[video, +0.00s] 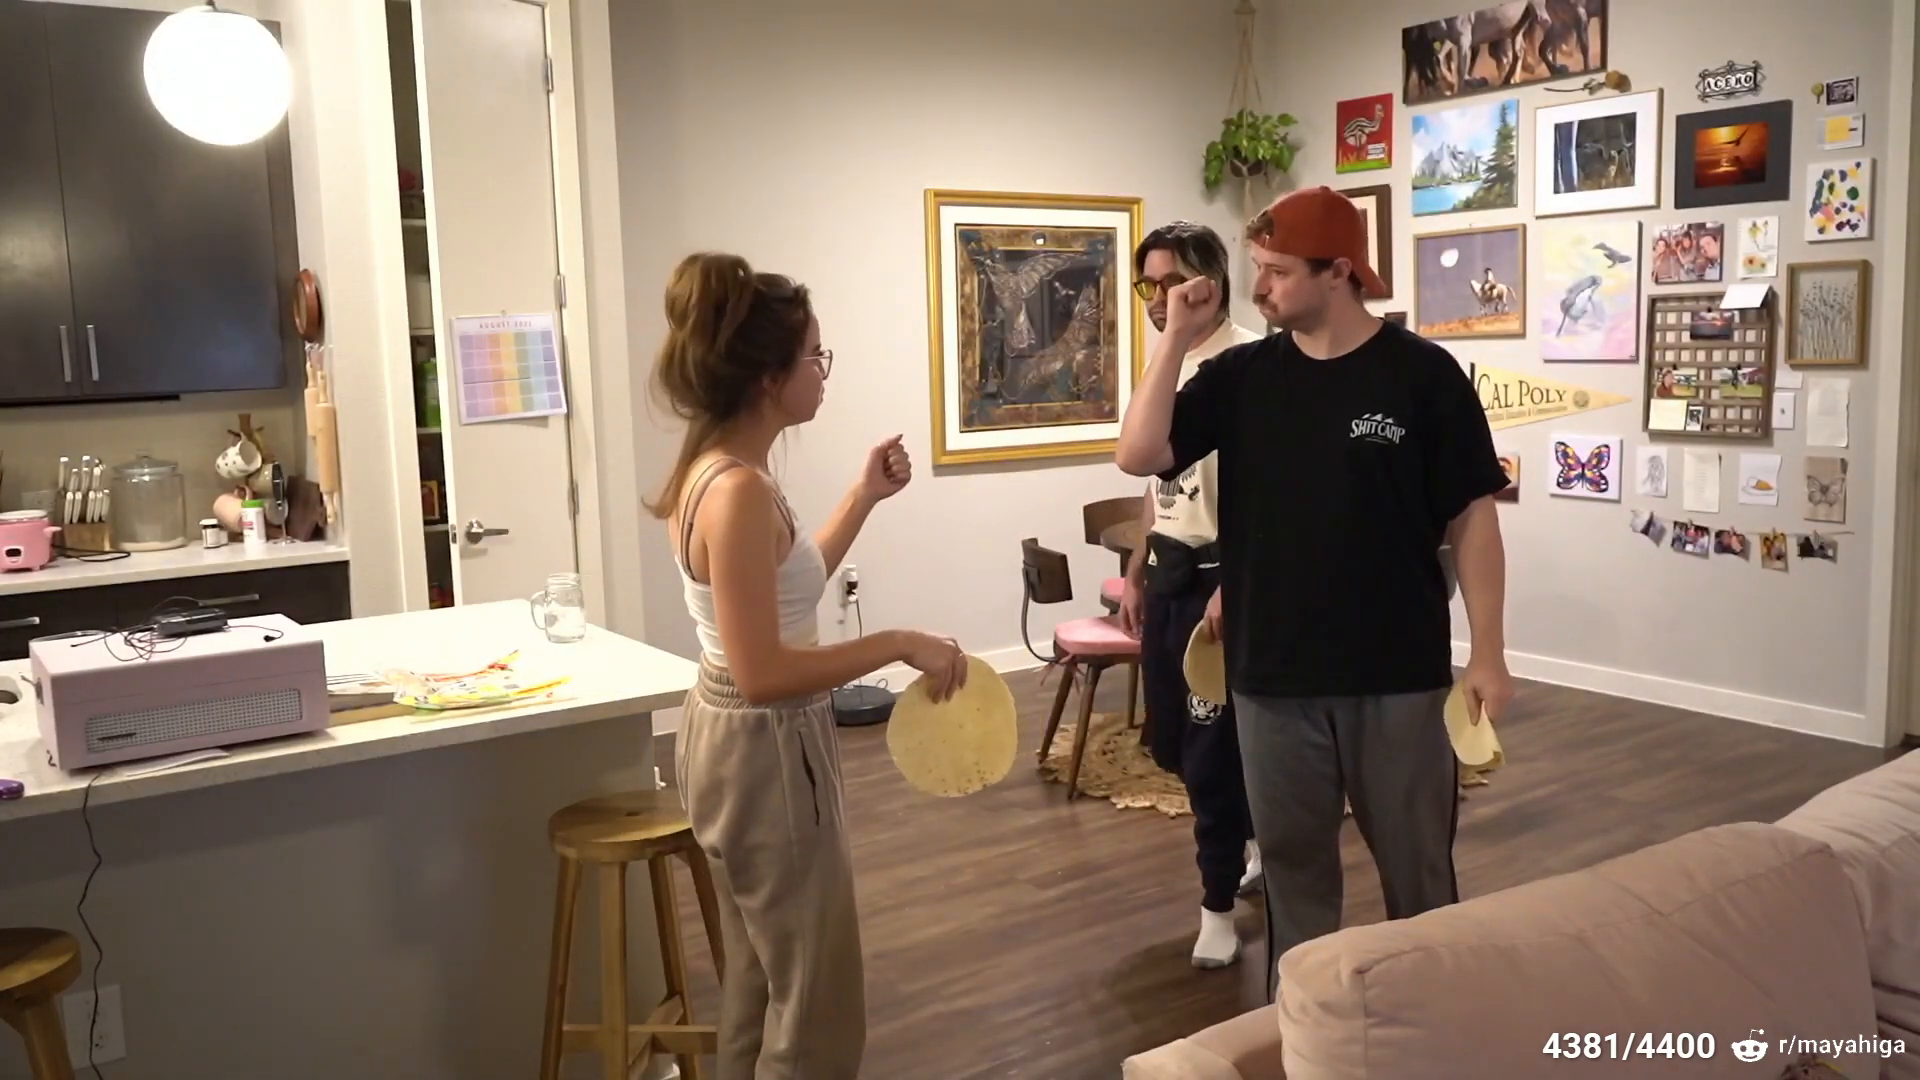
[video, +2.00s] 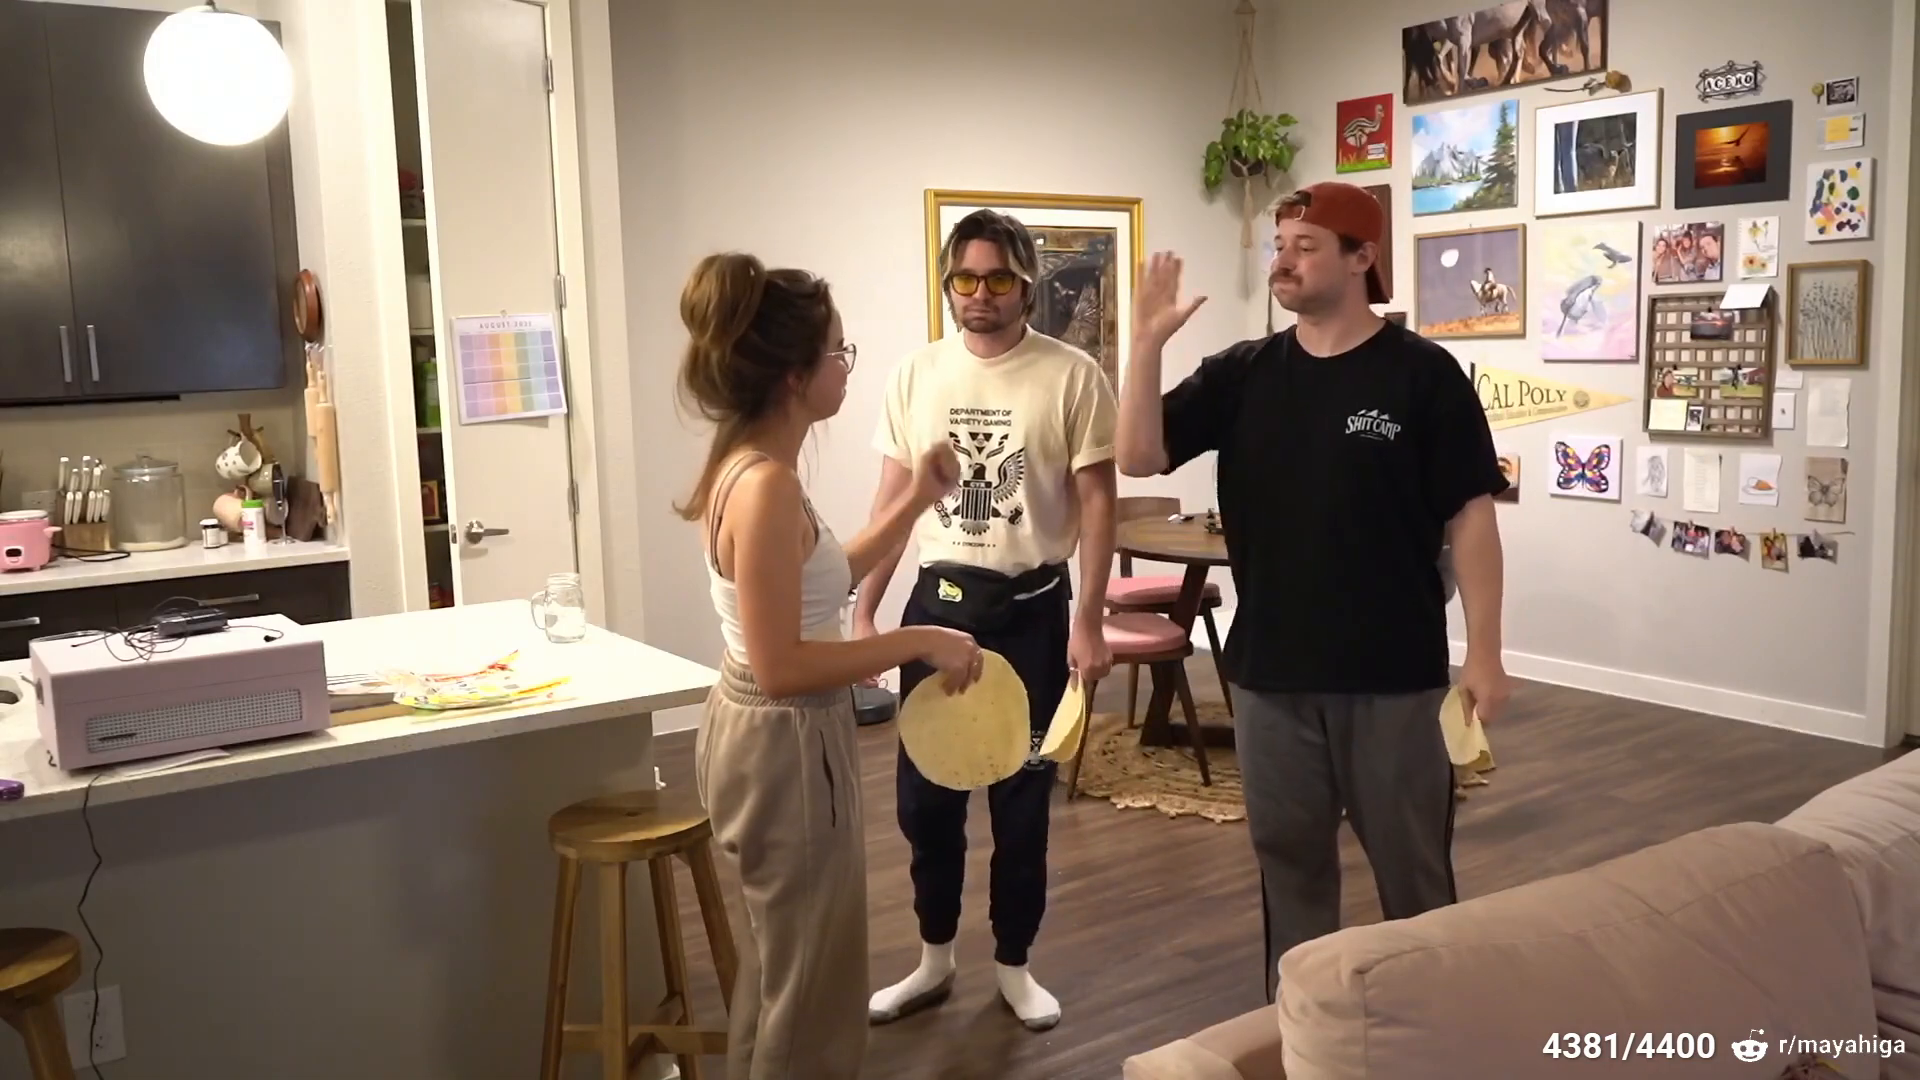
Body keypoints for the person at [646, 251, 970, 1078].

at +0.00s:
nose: (826, 369)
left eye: (821, 354)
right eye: (815, 357)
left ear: (756, 379)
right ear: (766, 378)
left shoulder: (712, 472)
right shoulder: (738, 491)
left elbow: (789, 588)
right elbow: (760, 673)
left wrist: (862, 496)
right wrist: (898, 643)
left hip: (729, 736)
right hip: (766, 751)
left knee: (759, 975)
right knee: (817, 998)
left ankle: (738, 1073)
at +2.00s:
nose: (848, 365)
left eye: (844, 351)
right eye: (838, 354)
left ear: (781, 377)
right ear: (793, 376)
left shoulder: (752, 469)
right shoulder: (764, 485)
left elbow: (827, 584)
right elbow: (779, 667)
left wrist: (915, 501)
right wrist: (925, 643)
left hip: (765, 732)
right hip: (785, 747)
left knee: (781, 966)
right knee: (812, 981)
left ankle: (762, 1071)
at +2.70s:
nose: (850, 364)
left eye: (845, 350)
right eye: (840, 354)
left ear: (784, 378)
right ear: (795, 377)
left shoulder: (753, 471)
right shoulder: (762, 487)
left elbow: (826, 588)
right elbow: (776, 668)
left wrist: (941, 541)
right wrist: (917, 642)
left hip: (769, 730)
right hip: (785, 744)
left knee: (789, 965)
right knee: (815, 979)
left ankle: (764, 1072)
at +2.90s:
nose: (856, 370)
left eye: (852, 355)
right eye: (847, 358)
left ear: (789, 377)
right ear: (802, 376)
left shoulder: (753, 467)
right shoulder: (767, 482)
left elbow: (826, 586)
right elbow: (779, 665)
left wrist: (937, 537)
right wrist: (922, 645)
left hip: (764, 728)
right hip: (786, 743)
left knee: (785, 966)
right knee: (816, 978)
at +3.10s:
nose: (866, 370)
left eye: (862, 355)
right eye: (856, 359)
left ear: (799, 379)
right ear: (808, 379)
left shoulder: (761, 468)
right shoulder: (771, 482)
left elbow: (816, 606)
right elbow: (777, 665)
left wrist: (924, 571)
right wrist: (923, 648)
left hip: (772, 731)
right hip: (786, 745)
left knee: (782, 968)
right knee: (815, 979)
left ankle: (762, 1074)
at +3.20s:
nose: (867, 371)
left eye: (863, 355)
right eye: (857, 359)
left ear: (802, 379)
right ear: (808, 379)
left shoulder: (765, 468)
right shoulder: (771, 482)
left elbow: (801, 612)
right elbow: (775, 665)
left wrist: (912, 598)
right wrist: (915, 652)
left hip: (780, 730)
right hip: (786, 743)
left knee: (787, 965)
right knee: (817, 976)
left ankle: (764, 1072)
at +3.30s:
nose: (868, 370)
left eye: (864, 355)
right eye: (858, 358)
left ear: (803, 378)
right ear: (810, 378)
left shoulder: (767, 469)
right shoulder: (775, 483)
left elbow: (798, 619)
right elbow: (775, 664)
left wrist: (905, 613)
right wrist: (916, 653)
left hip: (780, 732)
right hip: (791, 745)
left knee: (786, 968)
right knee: (818, 979)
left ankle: (762, 1073)